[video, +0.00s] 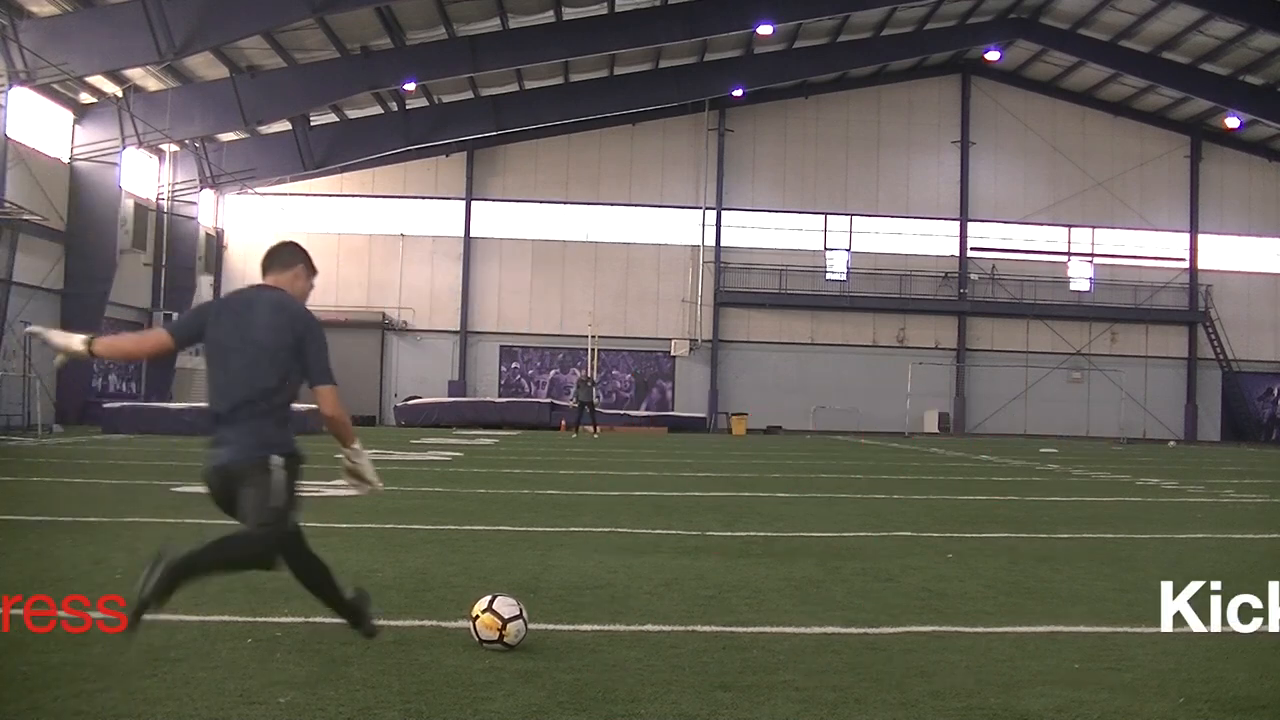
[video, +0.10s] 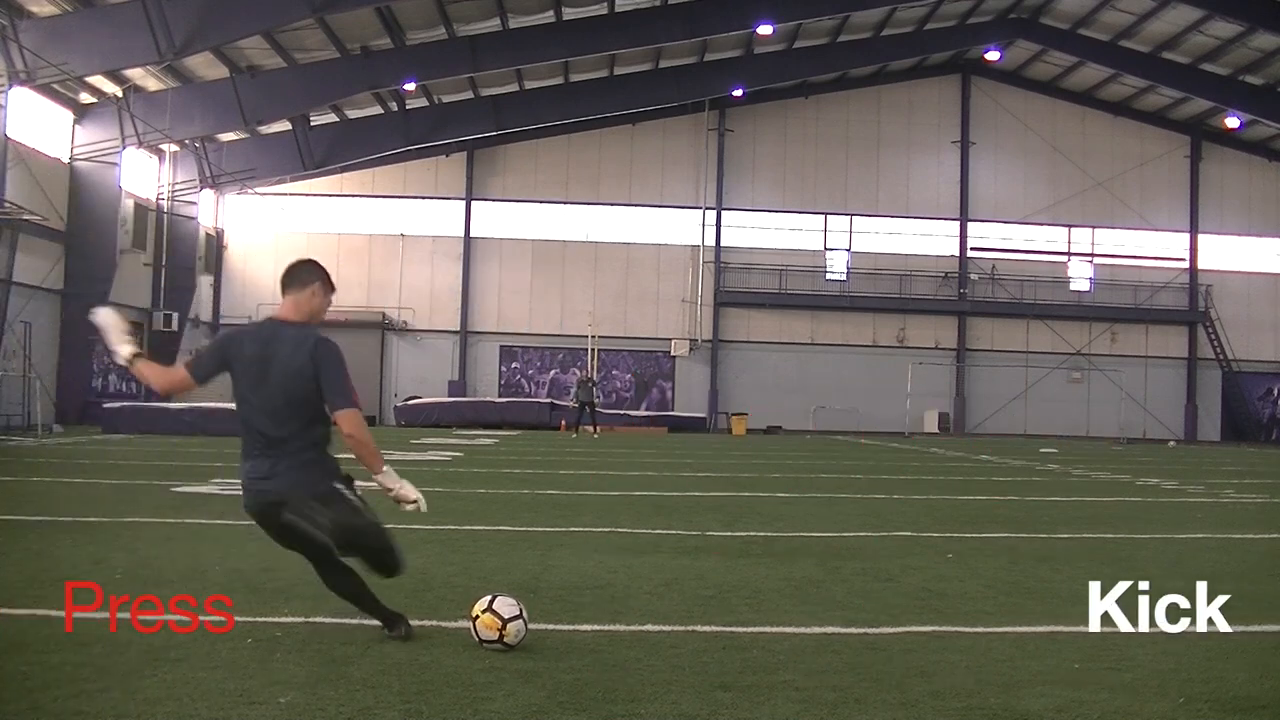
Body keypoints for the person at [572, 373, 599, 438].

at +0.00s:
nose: (584, 374)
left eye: (585, 372)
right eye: (582, 373)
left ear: (587, 373)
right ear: (580, 374)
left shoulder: (590, 381)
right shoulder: (579, 381)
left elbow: (595, 388)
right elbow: (576, 390)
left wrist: (597, 398)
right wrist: (574, 398)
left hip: (589, 401)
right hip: (581, 400)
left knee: (593, 417)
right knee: (578, 417)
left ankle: (595, 432)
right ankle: (576, 432)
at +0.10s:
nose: (584, 375)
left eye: (586, 373)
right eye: (583, 373)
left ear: (588, 374)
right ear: (581, 374)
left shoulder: (591, 381)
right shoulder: (579, 381)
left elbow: (596, 390)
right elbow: (576, 390)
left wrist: (597, 398)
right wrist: (574, 398)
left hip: (590, 401)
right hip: (581, 401)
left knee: (593, 417)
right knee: (578, 417)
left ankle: (595, 432)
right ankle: (576, 432)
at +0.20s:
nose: (585, 375)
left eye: (586, 374)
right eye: (584, 374)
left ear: (588, 374)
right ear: (582, 374)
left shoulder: (592, 381)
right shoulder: (579, 381)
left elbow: (596, 390)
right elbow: (577, 390)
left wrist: (597, 398)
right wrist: (575, 399)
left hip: (590, 401)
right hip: (582, 401)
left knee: (593, 416)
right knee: (579, 416)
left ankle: (595, 432)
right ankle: (576, 432)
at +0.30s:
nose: (585, 375)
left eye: (586, 373)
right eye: (584, 373)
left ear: (588, 374)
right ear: (582, 374)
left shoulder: (592, 381)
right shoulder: (580, 381)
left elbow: (596, 390)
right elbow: (577, 390)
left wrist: (597, 398)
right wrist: (575, 398)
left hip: (590, 401)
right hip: (582, 401)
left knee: (593, 416)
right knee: (579, 416)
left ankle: (595, 432)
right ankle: (576, 432)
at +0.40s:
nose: (585, 375)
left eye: (586, 373)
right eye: (584, 373)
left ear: (588, 374)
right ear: (582, 374)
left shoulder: (592, 381)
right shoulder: (580, 381)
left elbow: (597, 390)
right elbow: (577, 390)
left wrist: (597, 398)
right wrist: (575, 398)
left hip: (591, 401)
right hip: (582, 401)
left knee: (593, 417)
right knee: (579, 416)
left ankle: (595, 432)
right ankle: (576, 432)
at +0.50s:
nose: (585, 375)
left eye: (586, 373)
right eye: (584, 373)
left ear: (588, 374)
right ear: (582, 374)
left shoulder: (592, 381)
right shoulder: (580, 381)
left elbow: (596, 390)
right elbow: (576, 390)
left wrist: (597, 398)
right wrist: (575, 398)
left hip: (590, 401)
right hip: (582, 401)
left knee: (593, 417)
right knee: (578, 416)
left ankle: (595, 432)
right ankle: (576, 432)